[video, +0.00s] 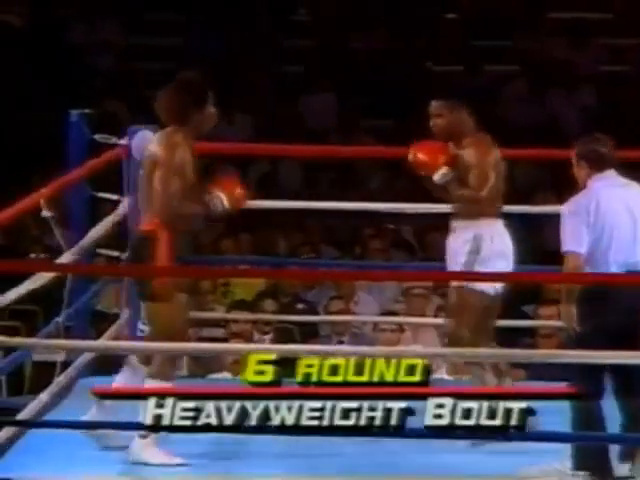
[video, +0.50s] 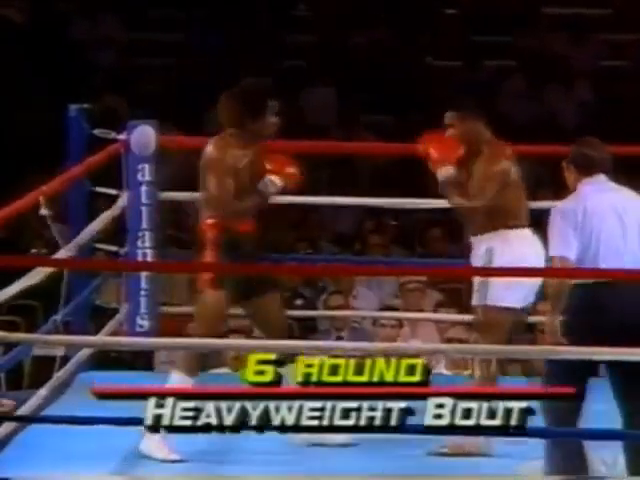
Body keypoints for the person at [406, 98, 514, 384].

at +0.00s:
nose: (433, 124)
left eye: (439, 117)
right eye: (431, 118)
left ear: (459, 116)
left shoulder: (479, 146)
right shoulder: (456, 149)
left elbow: (484, 198)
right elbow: (456, 192)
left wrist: (446, 181)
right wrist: (431, 170)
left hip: (482, 235)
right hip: (464, 234)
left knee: (462, 333)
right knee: (479, 336)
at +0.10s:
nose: (436, 141)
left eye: (442, 134)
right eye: (435, 135)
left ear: (464, 133)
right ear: (445, 139)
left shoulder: (487, 170)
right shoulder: (458, 169)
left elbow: (485, 221)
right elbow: (461, 211)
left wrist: (446, 205)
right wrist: (437, 192)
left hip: (494, 253)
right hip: (467, 253)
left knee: (474, 340)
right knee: (462, 338)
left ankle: (479, 421)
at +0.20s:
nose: (436, 147)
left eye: (442, 139)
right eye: (435, 139)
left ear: (463, 139)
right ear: (451, 141)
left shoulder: (482, 174)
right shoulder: (466, 173)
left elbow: (483, 227)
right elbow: (465, 214)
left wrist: (447, 215)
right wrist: (439, 203)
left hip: (492, 262)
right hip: (472, 261)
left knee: (477, 349)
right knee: (461, 347)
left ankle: (476, 434)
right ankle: (473, 428)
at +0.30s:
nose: (434, 142)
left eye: (440, 134)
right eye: (432, 135)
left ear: (462, 134)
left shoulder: (482, 164)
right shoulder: (459, 170)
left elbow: (486, 211)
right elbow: (460, 210)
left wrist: (446, 202)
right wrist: (438, 190)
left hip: (500, 250)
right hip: (476, 252)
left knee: (482, 341)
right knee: (478, 341)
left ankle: (477, 433)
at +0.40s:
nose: (446, 143)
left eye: (448, 135)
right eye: (442, 136)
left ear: (465, 136)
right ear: (451, 142)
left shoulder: (490, 167)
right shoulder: (460, 167)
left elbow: (467, 200)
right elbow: (439, 194)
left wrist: (438, 176)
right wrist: (430, 163)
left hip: (510, 248)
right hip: (483, 250)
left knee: (489, 338)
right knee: (483, 335)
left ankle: (476, 431)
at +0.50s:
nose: (449, 135)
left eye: (454, 126)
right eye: (448, 128)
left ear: (473, 127)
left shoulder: (497, 160)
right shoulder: (472, 162)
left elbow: (474, 208)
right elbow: (462, 202)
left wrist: (447, 181)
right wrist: (445, 171)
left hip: (512, 251)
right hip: (487, 254)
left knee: (488, 342)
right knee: (487, 343)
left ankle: (474, 431)